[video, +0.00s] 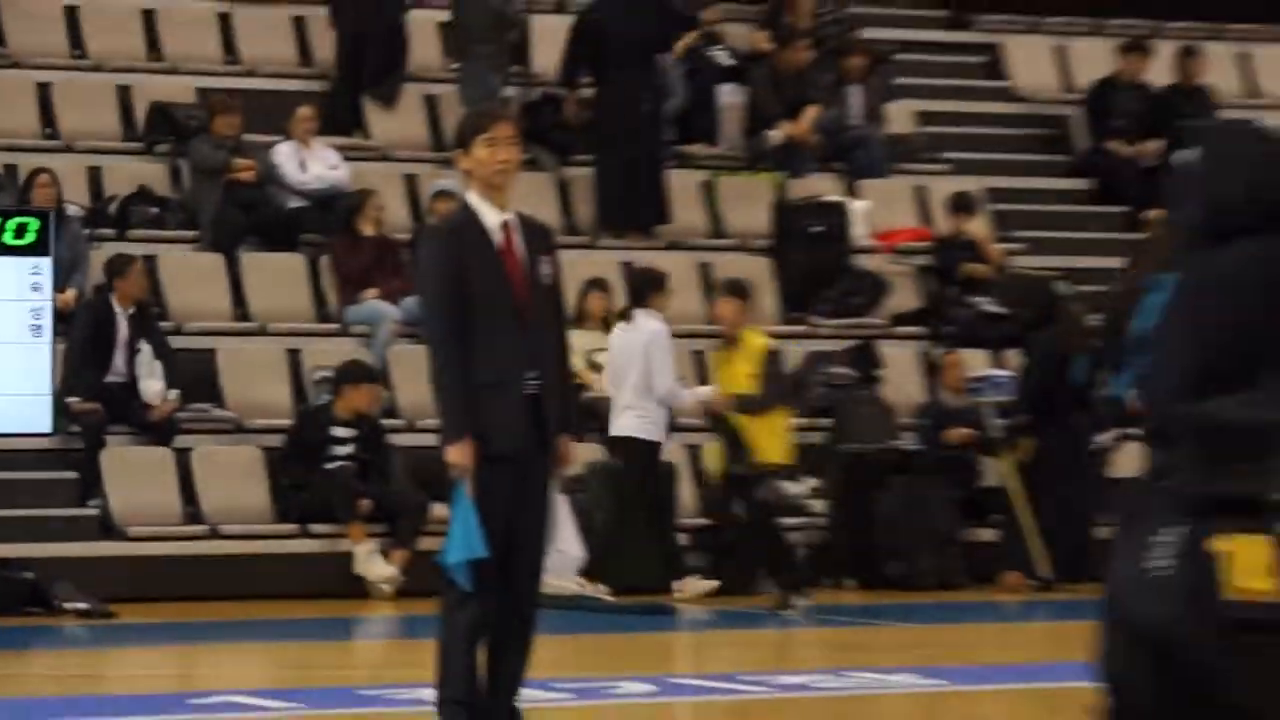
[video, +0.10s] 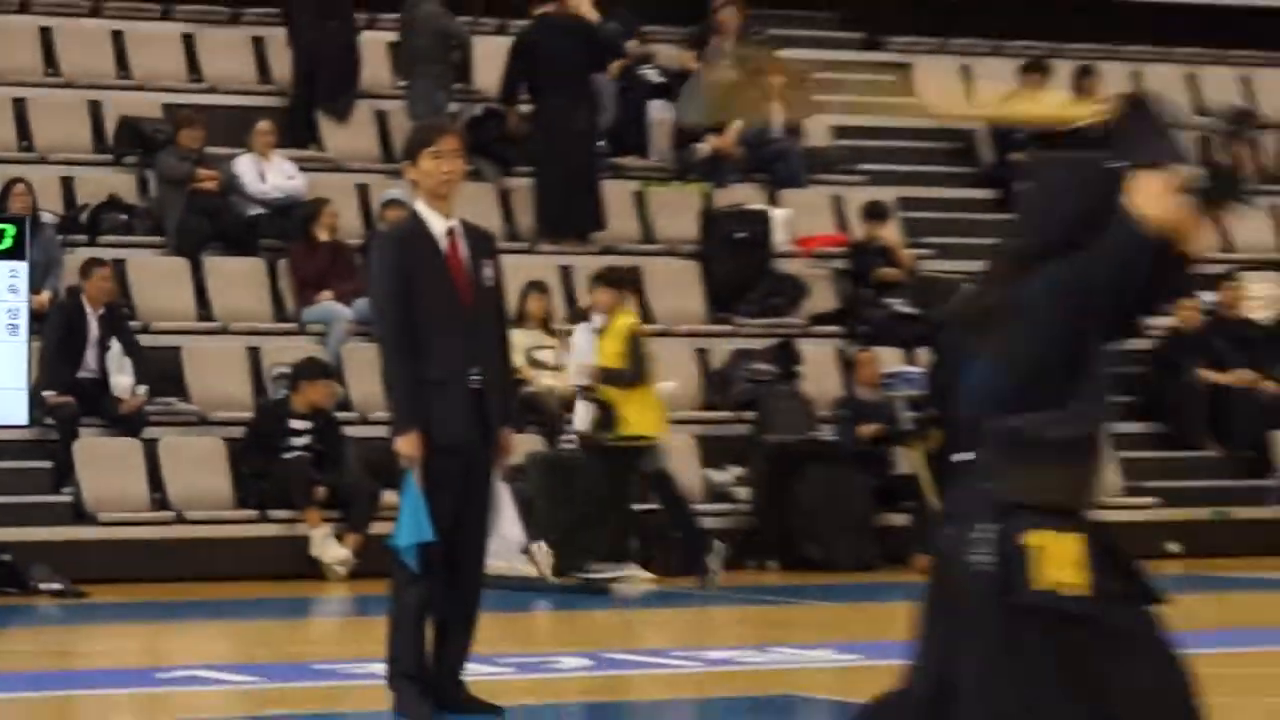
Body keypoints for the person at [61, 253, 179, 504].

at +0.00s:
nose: (144, 283)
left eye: (144, 276)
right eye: (138, 277)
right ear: (119, 282)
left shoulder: (142, 315)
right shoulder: (91, 311)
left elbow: (165, 355)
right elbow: (76, 355)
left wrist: (172, 395)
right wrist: (76, 397)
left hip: (131, 390)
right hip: (94, 391)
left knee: (163, 425)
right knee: (93, 424)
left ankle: (153, 493)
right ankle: (93, 491)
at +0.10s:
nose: (109, 286)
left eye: (111, 280)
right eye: (102, 280)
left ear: (114, 283)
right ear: (85, 283)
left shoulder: (113, 314)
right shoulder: (64, 310)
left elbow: (136, 352)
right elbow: (49, 351)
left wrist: (140, 392)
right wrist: (50, 392)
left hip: (99, 386)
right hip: (66, 386)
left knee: (131, 418)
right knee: (68, 415)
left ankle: (120, 478)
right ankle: (65, 478)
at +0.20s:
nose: (79, 284)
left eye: (82, 278)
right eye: (73, 277)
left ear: (87, 281)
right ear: (59, 280)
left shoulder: (87, 309)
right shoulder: (40, 306)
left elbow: (109, 345)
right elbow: (28, 344)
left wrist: (113, 382)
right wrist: (28, 381)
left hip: (73, 376)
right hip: (42, 377)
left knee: (104, 406)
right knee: (45, 403)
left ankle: (95, 465)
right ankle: (43, 464)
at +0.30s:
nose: (52, 287)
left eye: (58, 282)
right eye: (48, 281)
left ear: (64, 287)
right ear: (37, 283)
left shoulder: (65, 311)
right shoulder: (21, 308)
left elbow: (85, 344)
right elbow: (10, 344)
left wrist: (90, 379)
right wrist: (12, 379)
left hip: (52, 375)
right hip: (22, 375)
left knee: (83, 403)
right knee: (25, 401)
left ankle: (70, 458)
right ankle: (22, 458)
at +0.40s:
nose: (32, 285)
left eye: (37, 281)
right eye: (27, 280)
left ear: (44, 286)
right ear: (18, 282)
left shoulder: (45, 309)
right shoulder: (5, 306)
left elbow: (65, 341)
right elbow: (1, 342)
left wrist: (70, 374)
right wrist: (3, 373)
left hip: (31, 369)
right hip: (7, 369)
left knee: (62, 397)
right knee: (6, 395)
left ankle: (47, 449)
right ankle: (7, 449)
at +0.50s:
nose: (17, 281)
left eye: (23, 276)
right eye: (13, 275)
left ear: (30, 280)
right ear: (6, 277)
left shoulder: (32, 303)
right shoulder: (2, 299)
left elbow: (53, 335)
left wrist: (57, 365)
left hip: (21, 360)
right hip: (2, 359)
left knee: (51, 388)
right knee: (1, 389)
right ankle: (4, 430)